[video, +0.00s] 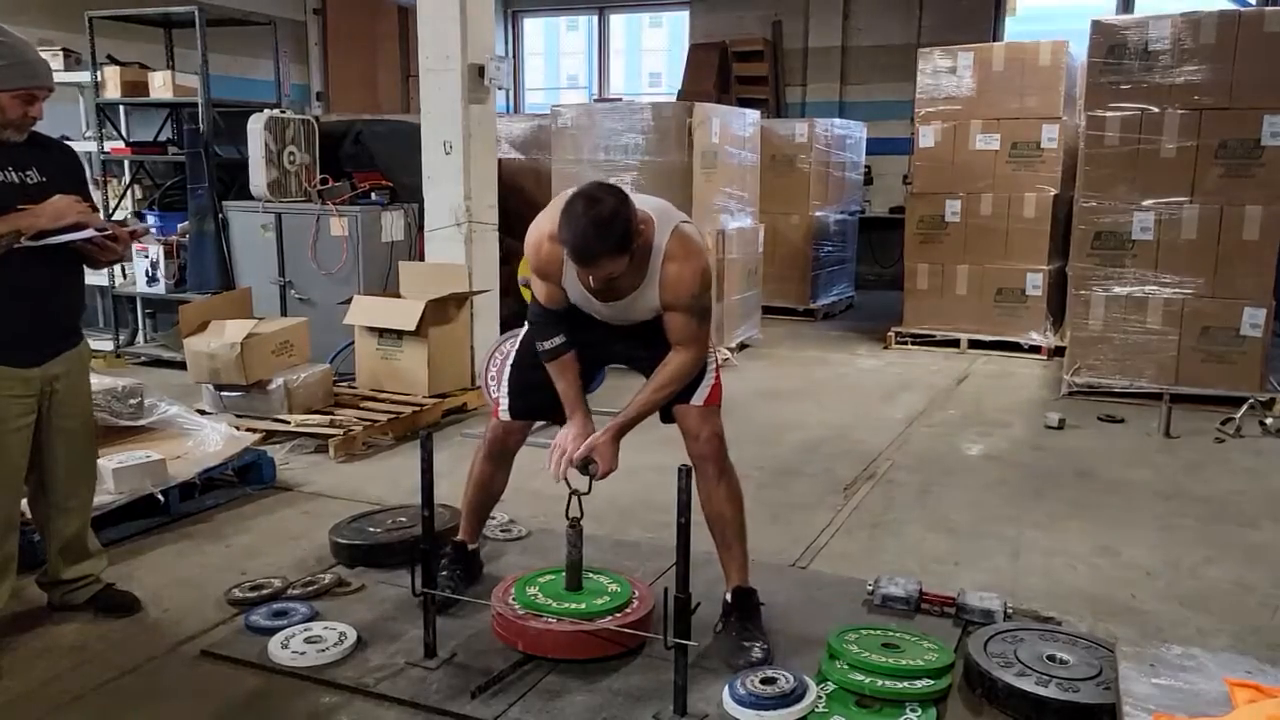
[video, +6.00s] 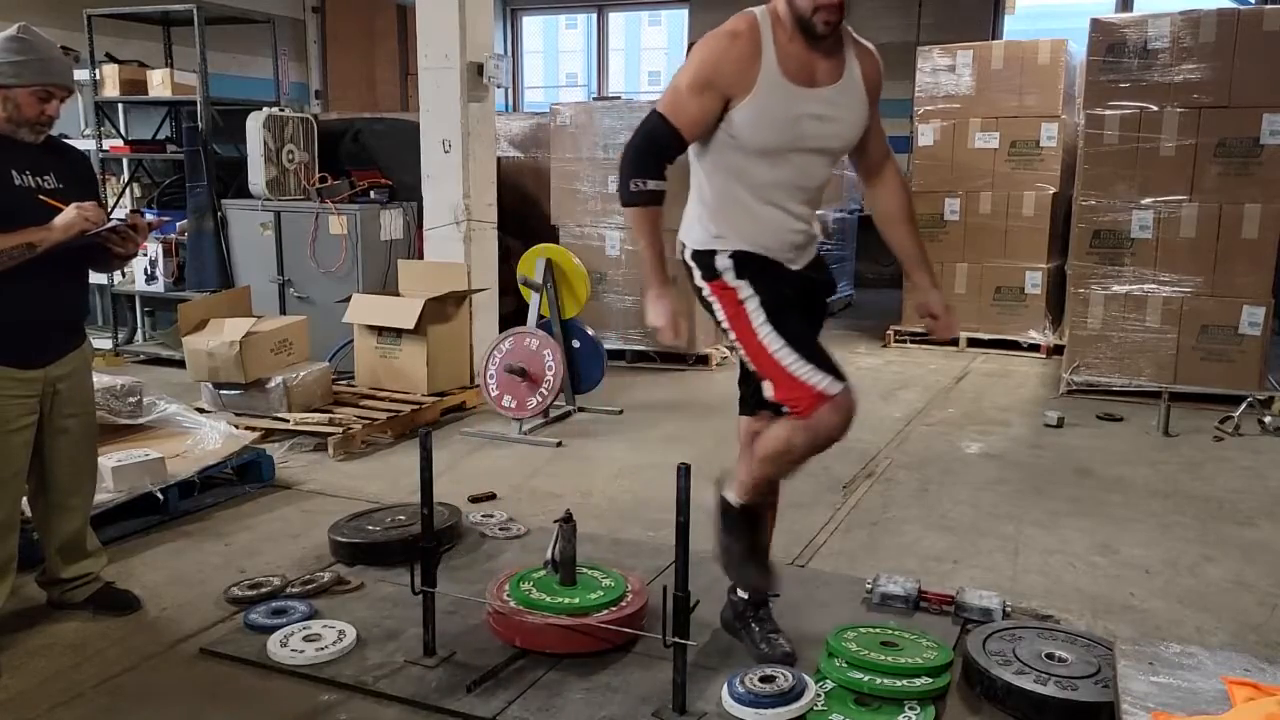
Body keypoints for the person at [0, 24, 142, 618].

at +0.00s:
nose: (36, 109)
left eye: (41, 98)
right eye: (25, 98)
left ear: (44, 95)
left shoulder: (60, 158)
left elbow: (87, 241)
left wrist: (108, 251)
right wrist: (37, 218)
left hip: (64, 348)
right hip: (6, 357)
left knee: (70, 474)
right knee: (7, 490)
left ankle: (74, 581)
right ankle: (5, 598)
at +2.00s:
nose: (37, 108)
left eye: (43, 96)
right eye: (26, 96)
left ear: (46, 92)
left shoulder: (58, 157)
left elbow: (80, 247)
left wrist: (107, 250)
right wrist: (39, 217)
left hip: (65, 347)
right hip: (6, 356)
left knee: (71, 474)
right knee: (6, 491)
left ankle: (74, 581)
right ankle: (0, 599)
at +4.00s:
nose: (43, 107)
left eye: (48, 95)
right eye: (32, 95)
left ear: (50, 92)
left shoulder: (58, 158)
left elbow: (86, 249)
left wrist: (112, 249)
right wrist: (21, 222)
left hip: (62, 347)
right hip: (5, 357)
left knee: (69, 473)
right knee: (7, 490)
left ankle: (74, 581)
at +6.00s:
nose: (54, 110)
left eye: (61, 98)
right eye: (43, 97)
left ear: (64, 96)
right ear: (7, 90)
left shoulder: (71, 160)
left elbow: (87, 253)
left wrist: (120, 250)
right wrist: (53, 232)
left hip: (68, 351)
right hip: (7, 360)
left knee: (70, 475)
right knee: (7, 491)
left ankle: (73, 580)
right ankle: (0, 599)